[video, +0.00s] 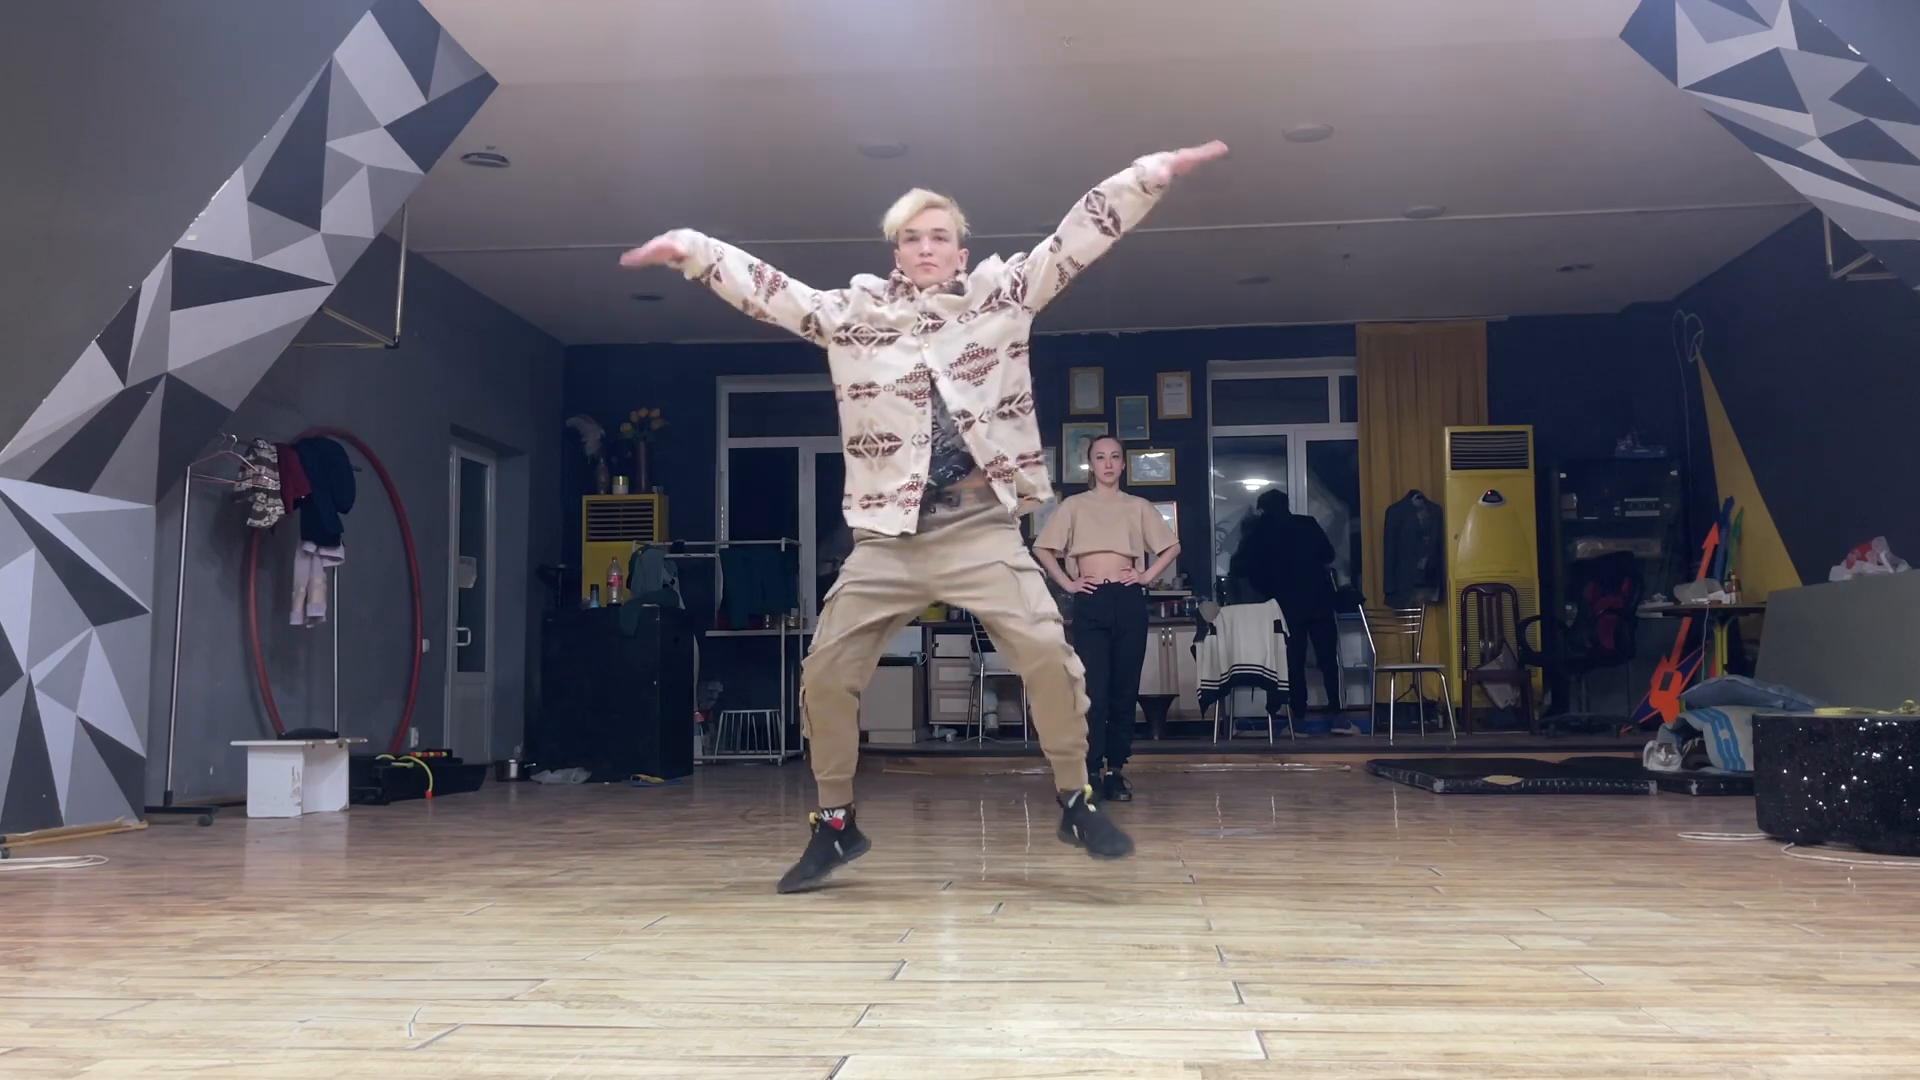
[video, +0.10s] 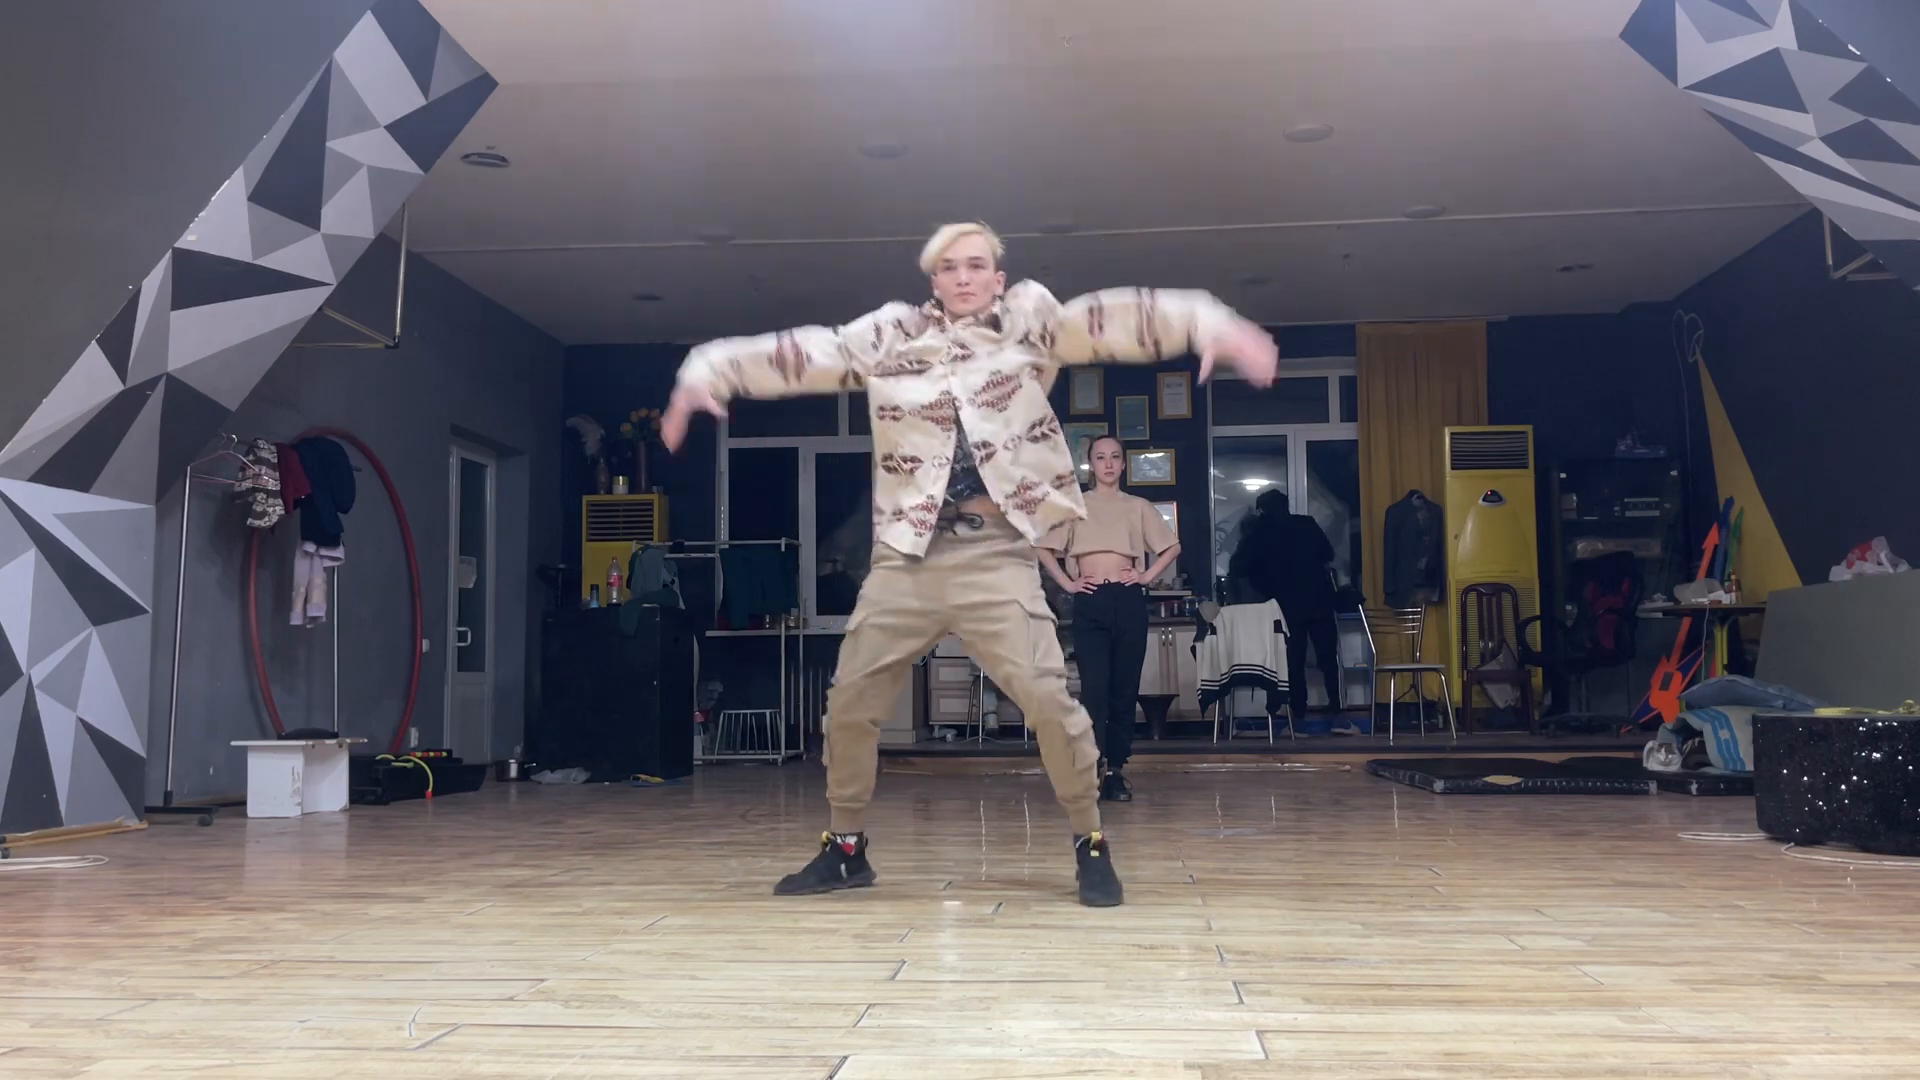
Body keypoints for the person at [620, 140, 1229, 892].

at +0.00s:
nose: (930, 248)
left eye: (943, 237)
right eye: (916, 238)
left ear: (963, 245)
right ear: (895, 250)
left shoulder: (1003, 293)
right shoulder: (851, 312)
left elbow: (1079, 234)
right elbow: (773, 292)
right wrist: (694, 251)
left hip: (984, 530)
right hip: (886, 540)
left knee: (1048, 654)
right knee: (827, 672)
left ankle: (1077, 801)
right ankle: (834, 825)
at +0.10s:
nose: (962, 278)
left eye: (975, 265)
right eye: (947, 268)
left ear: (1000, 274)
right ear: (929, 278)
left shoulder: (1032, 322)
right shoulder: (891, 336)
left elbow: (1119, 317)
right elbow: (802, 353)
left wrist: (1209, 322)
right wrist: (710, 368)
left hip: (998, 554)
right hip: (903, 558)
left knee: (1047, 698)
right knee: (849, 704)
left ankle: (1091, 846)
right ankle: (845, 849)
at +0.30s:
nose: (1031, 242)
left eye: (1045, 230)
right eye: (1019, 233)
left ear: (1071, 246)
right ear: (1003, 251)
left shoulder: (1112, 333)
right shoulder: (978, 337)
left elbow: (1149, 423)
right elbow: (973, 429)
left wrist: (1127, 430)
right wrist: (945, 460)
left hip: (1055, 537)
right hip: (974, 526)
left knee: (1066, 696)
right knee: (872, 608)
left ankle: (1090, 846)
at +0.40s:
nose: (1053, 218)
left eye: (1068, 205)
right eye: (1040, 208)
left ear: (1096, 215)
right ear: (1026, 220)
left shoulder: (1142, 293)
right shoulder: (1006, 300)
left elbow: (1234, 299)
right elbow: (978, 378)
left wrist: (1221, 217)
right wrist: (954, 407)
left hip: (1069, 511)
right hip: (987, 492)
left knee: (1073, 673)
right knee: (872, 510)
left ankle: (1117, 833)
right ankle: (966, 624)